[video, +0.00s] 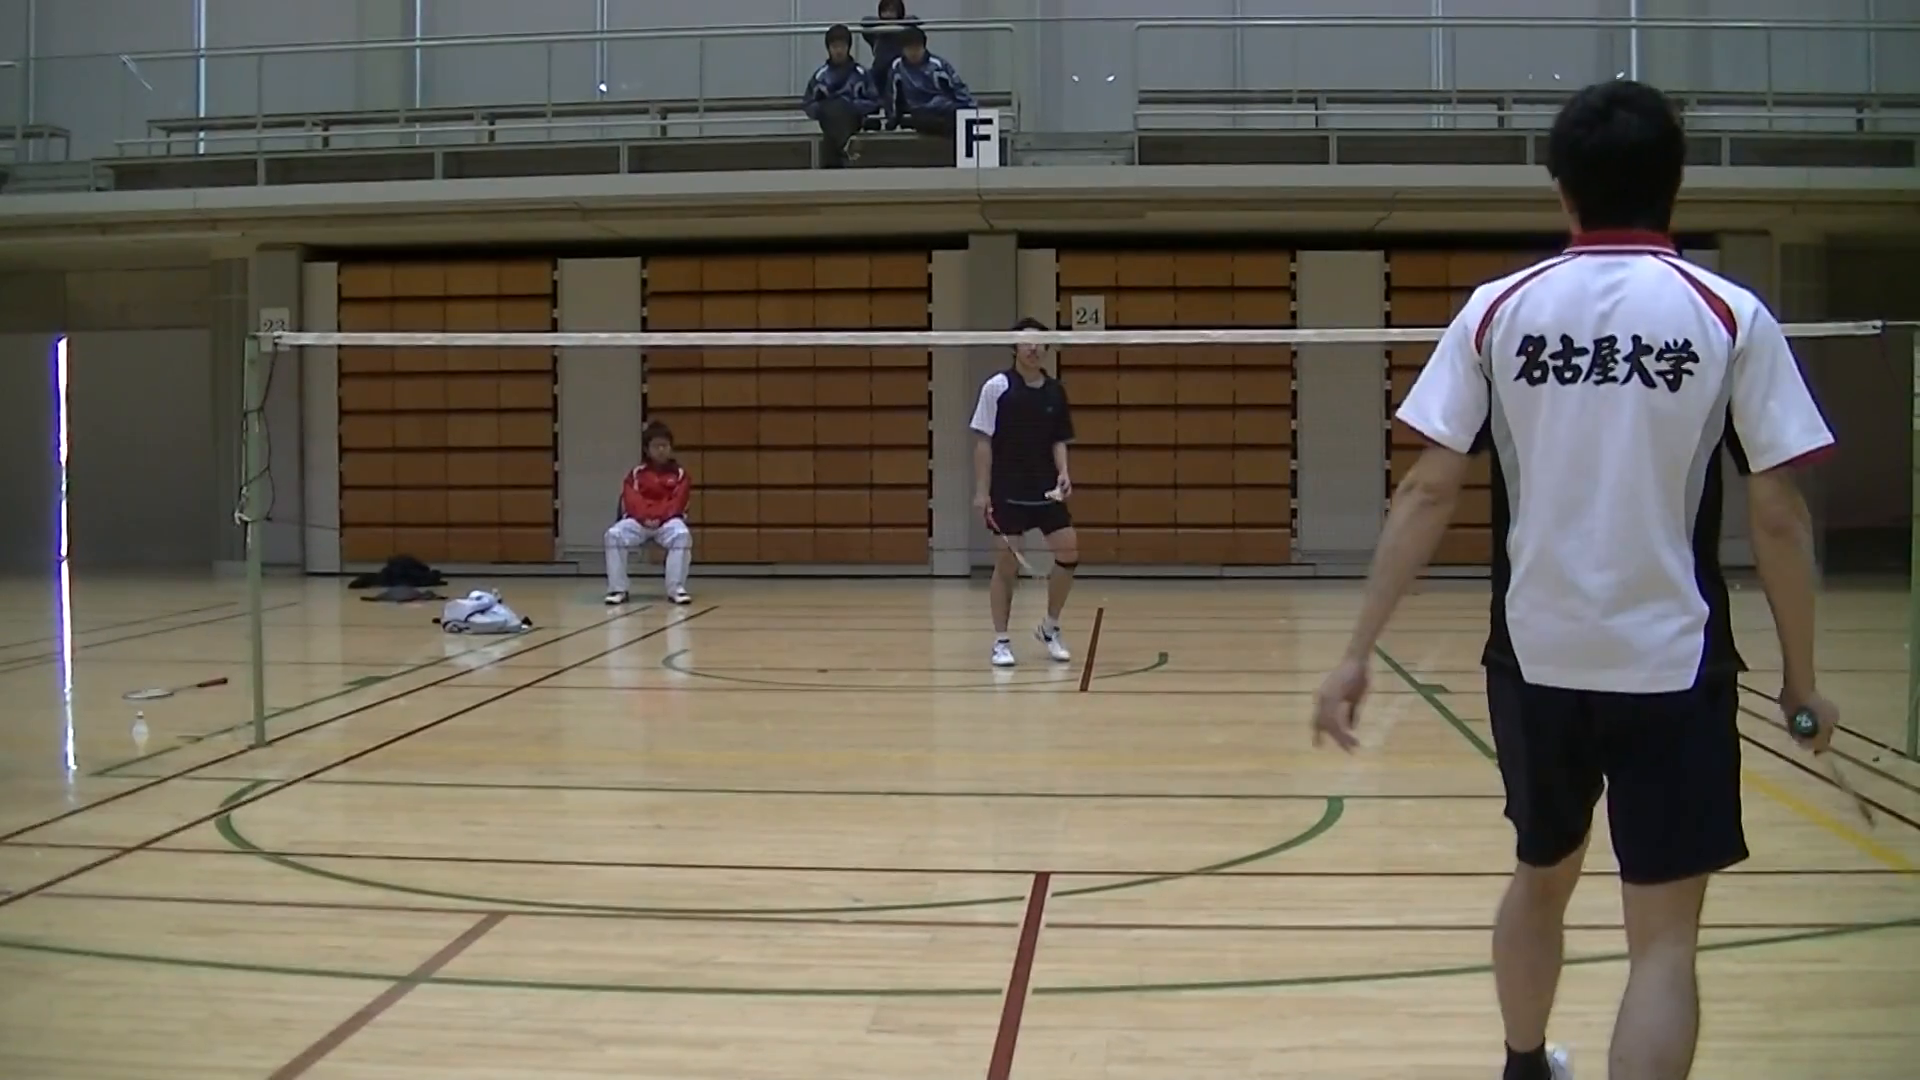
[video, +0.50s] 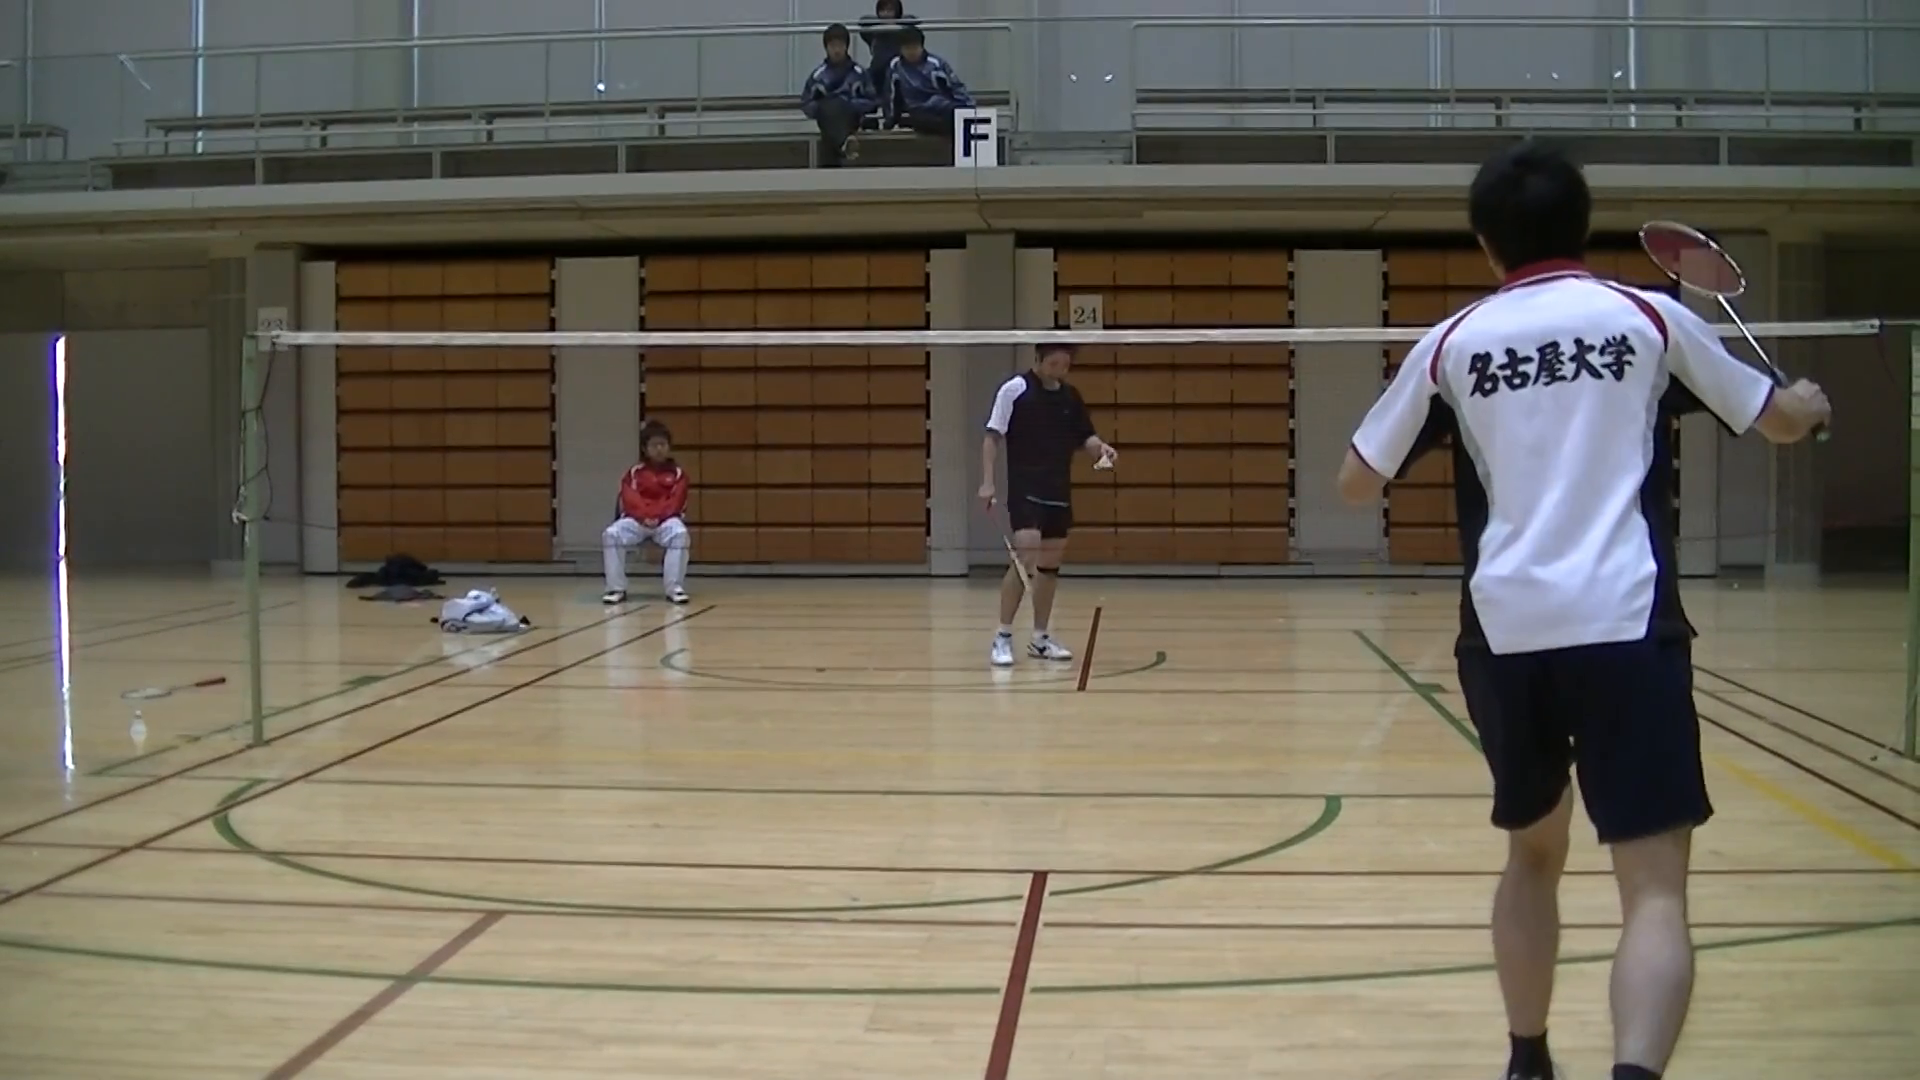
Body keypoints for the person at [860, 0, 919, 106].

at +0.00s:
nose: (888, 14)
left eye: (892, 10)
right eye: (884, 10)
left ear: (899, 12)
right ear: (880, 13)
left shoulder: (903, 30)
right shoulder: (875, 33)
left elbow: (916, 21)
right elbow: (865, 22)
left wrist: (897, 23)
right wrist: (882, 23)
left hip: (901, 69)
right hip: (879, 69)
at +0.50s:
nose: (885, 13)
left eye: (890, 10)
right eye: (882, 10)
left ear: (897, 12)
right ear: (878, 12)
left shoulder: (902, 29)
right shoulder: (873, 33)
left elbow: (914, 20)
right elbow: (863, 22)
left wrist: (895, 23)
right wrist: (881, 22)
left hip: (898, 69)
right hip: (876, 70)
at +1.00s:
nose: (885, 14)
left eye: (889, 10)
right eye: (881, 10)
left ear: (896, 12)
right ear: (877, 12)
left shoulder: (903, 31)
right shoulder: (873, 33)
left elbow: (912, 20)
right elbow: (862, 22)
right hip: (876, 68)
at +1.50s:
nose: (885, 13)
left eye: (889, 10)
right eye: (881, 9)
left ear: (896, 12)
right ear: (877, 12)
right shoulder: (872, 34)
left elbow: (910, 19)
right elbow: (861, 22)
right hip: (875, 71)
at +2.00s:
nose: (884, 13)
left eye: (889, 9)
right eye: (881, 9)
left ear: (895, 12)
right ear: (876, 12)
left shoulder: (901, 30)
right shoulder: (871, 33)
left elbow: (910, 19)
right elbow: (861, 22)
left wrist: (892, 22)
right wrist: (880, 21)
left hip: (897, 69)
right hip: (874, 70)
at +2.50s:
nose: (883, 13)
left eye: (887, 9)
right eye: (879, 9)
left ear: (894, 12)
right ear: (874, 12)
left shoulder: (899, 30)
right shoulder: (870, 33)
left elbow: (909, 19)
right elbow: (860, 21)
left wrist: (892, 23)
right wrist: (880, 22)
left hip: (896, 69)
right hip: (873, 70)